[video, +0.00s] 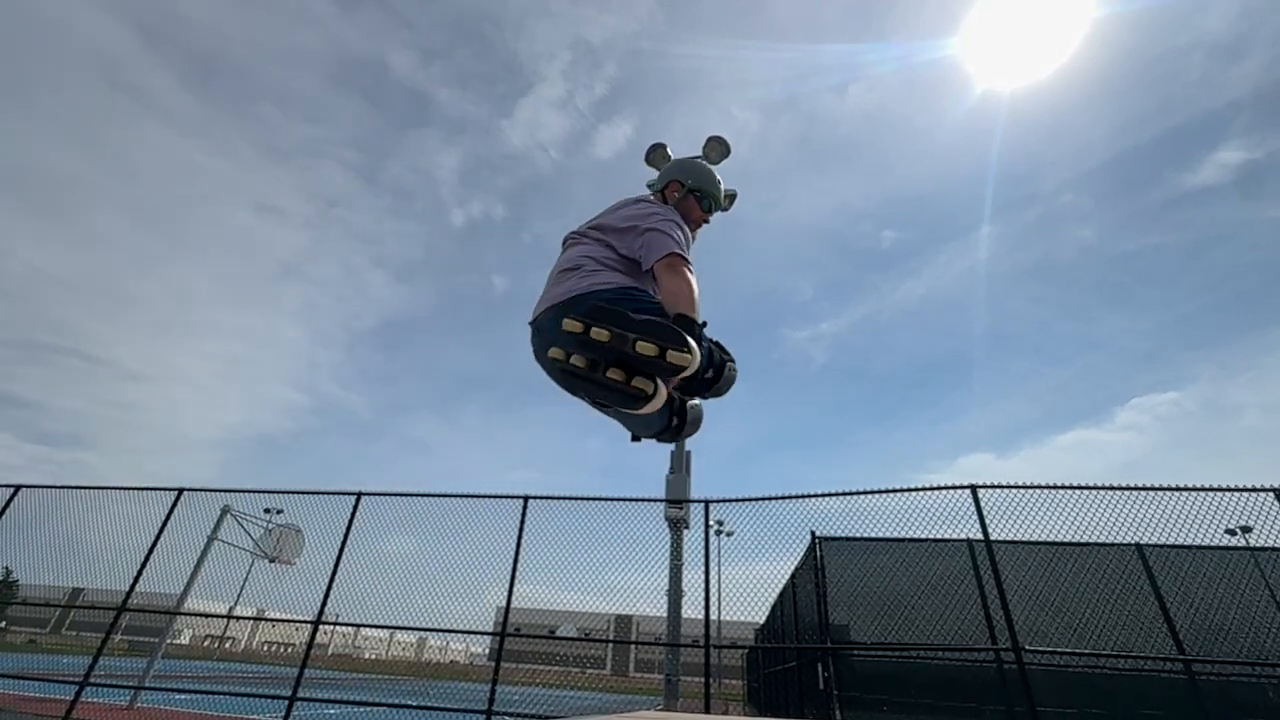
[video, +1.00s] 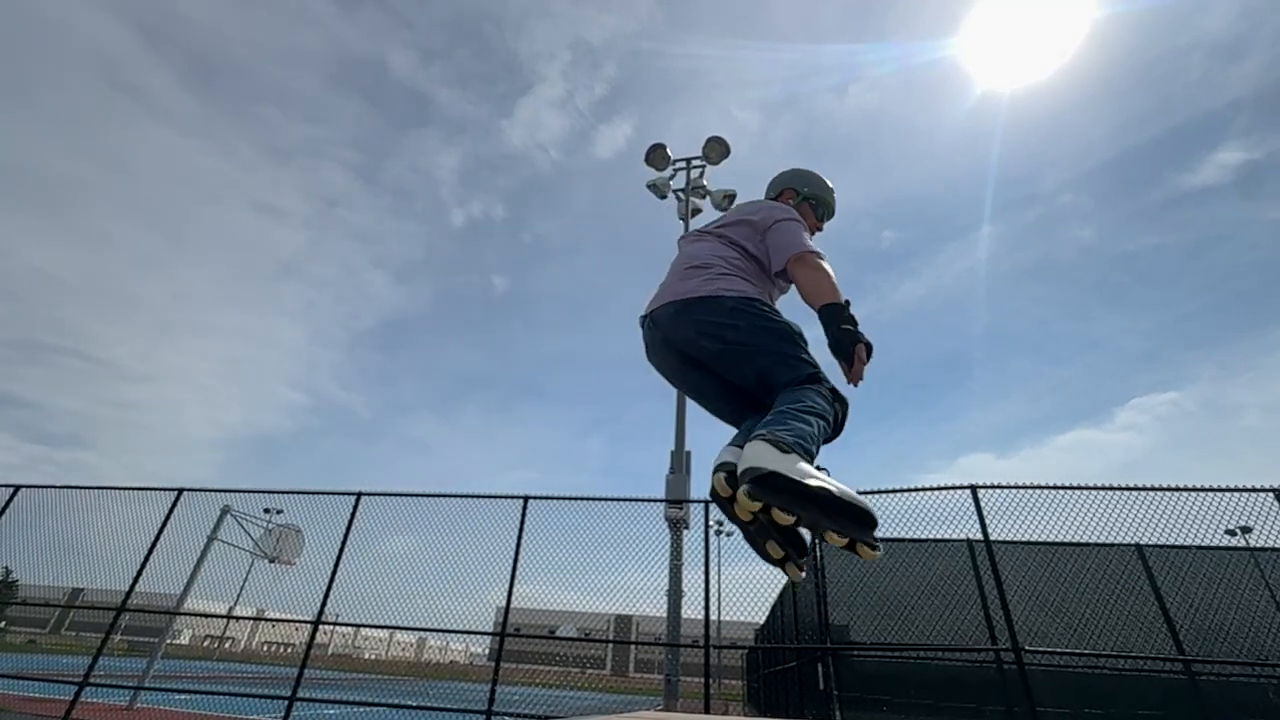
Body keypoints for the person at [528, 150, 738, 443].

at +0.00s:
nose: (708, 218)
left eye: (712, 210)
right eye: (704, 203)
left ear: (671, 190)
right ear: (674, 190)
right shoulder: (659, 215)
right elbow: (672, 267)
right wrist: (687, 331)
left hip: (545, 338)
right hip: (595, 298)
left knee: (676, 421)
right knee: (719, 372)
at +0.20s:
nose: (731, 216)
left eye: (735, 209)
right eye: (728, 201)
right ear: (697, 190)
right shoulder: (680, 211)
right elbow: (700, 266)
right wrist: (719, 331)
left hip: (567, 340)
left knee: (709, 414)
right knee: (740, 368)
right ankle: (661, 338)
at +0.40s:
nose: (753, 218)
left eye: (757, 211)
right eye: (751, 202)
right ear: (721, 189)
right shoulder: (705, 209)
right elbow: (728, 268)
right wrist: (755, 327)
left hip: (590, 334)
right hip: (640, 296)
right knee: (759, 369)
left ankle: (672, 412)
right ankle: (696, 355)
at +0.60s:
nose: (775, 219)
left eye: (780, 214)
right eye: (774, 205)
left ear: (741, 193)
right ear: (745, 190)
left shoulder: (685, 219)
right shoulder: (730, 209)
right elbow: (757, 265)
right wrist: (786, 321)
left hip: (614, 333)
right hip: (667, 299)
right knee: (782, 373)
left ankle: (692, 427)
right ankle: (726, 378)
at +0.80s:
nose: (799, 222)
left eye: (803, 217)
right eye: (796, 208)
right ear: (768, 194)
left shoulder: (710, 222)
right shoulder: (752, 212)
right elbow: (783, 265)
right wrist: (816, 323)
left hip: (638, 335)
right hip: (693, 300)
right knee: (796, 381)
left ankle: (714, 444)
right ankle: (750, 413)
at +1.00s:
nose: (815, 229)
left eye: (819, 224)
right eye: (815, 216)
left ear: (778, 198)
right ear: (791, 198)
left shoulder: (726, 223)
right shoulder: (775, 214)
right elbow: (805, 261)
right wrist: (841, 326)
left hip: (659, 332)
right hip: (715, 303)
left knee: (765, 411)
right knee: (818, 393)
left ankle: (736, 461)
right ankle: (778, 448)